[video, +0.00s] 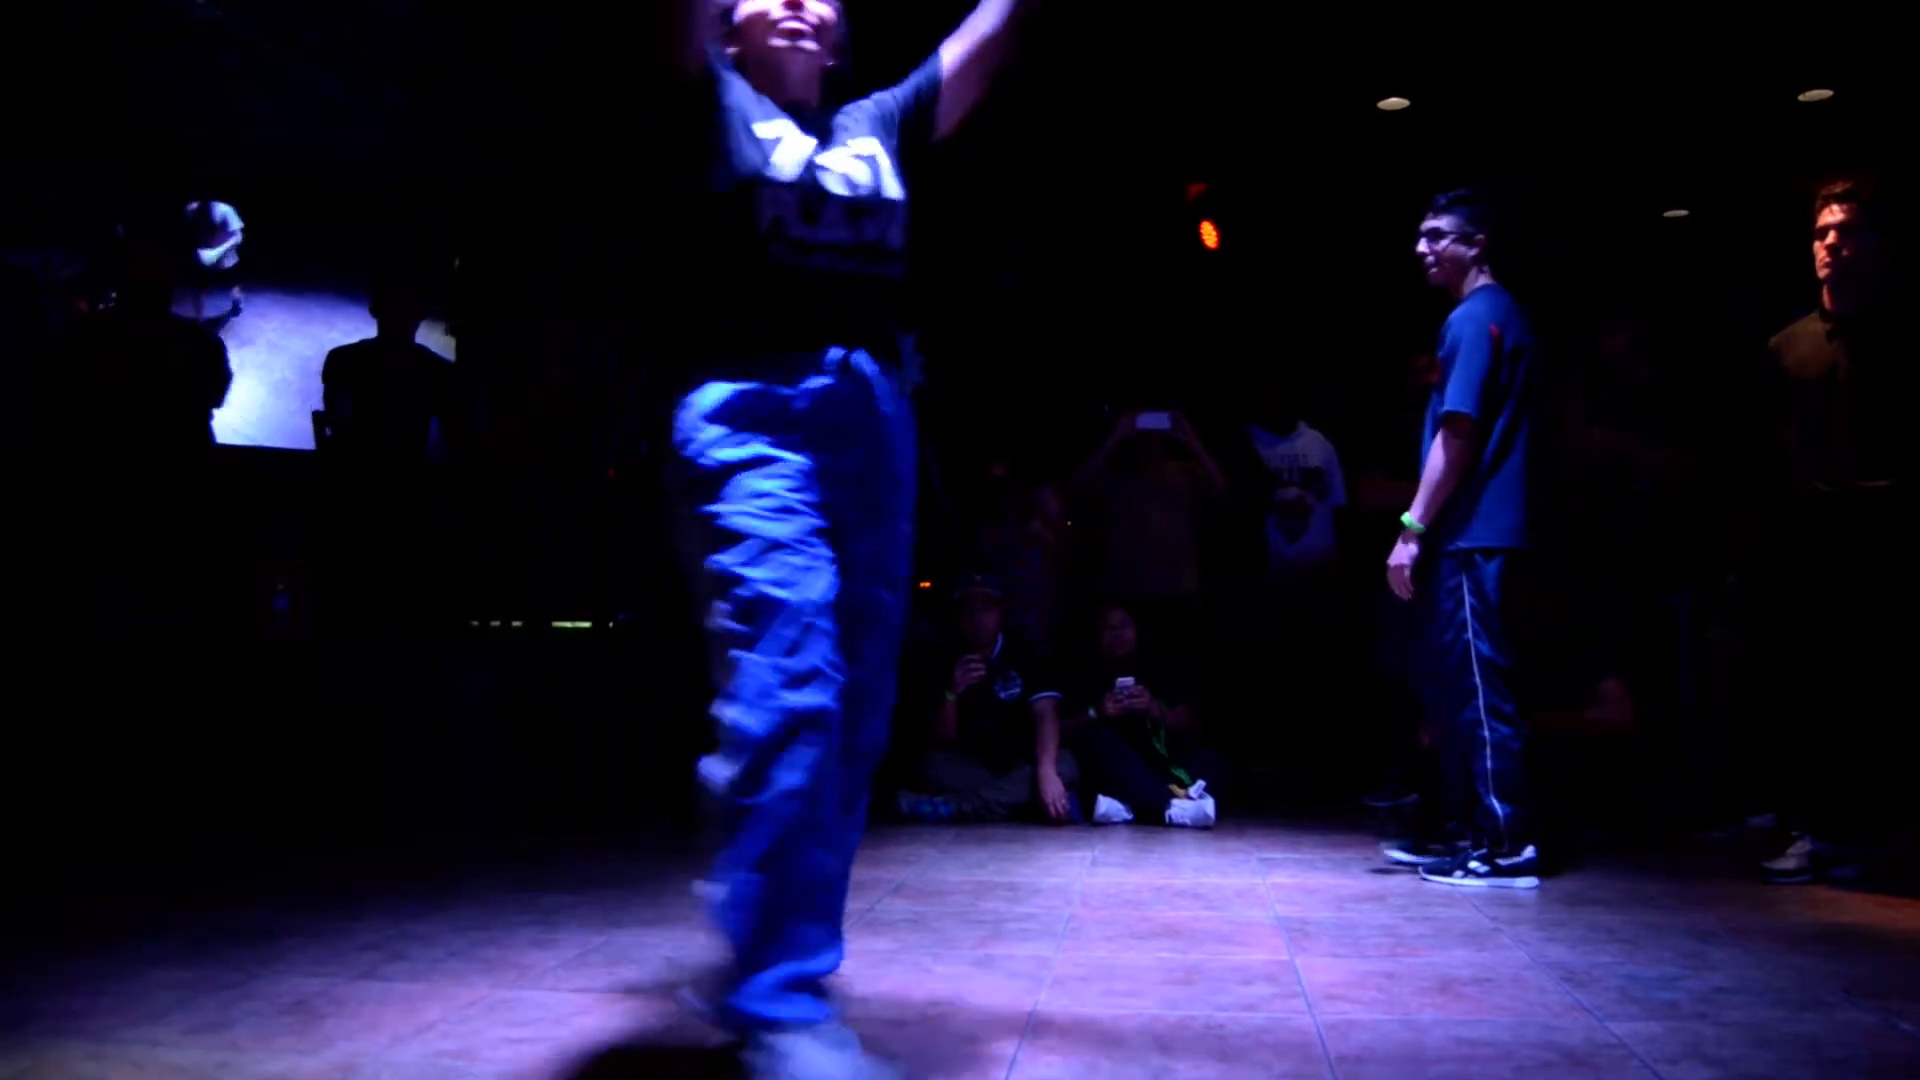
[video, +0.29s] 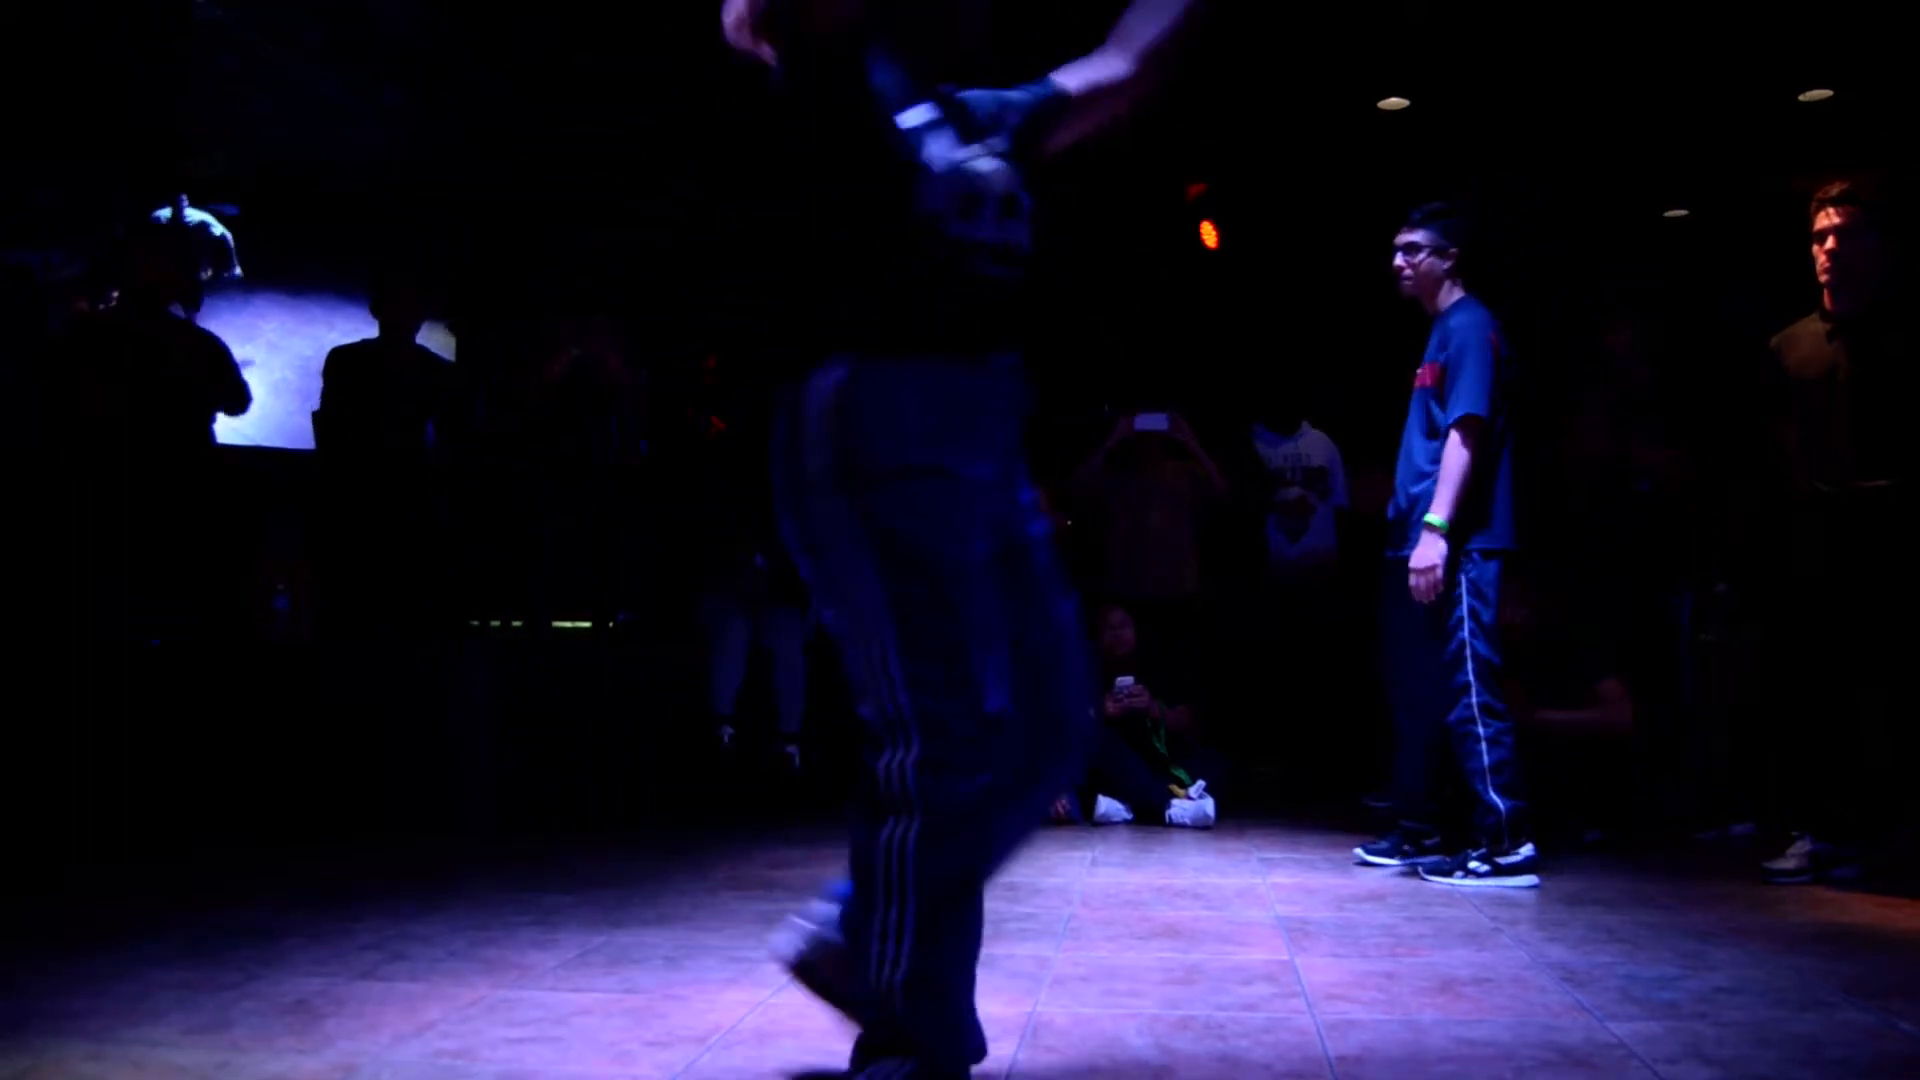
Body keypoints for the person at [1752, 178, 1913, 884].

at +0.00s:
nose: (1830, 247)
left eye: (1848, 233)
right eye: (1822, 234)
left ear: (1880, 250)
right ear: (1812, 249)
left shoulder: (1907, 342)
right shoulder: (1792, 347)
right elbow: (1768, 453)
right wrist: (1770, 527)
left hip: (1890, 540)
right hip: (1807, 538)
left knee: (1885, 682)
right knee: (1810, 679)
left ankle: (1885, 832)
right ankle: (1812, 826)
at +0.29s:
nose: (1828, 250)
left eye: (1845, 235)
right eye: (1820, 237)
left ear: (1879, 248)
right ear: (1810, 251)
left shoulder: (1905, 340)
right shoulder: (1794, 349)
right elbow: (1774, 454)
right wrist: (1774, 528)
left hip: (1893, 538)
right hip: (1812, 538)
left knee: (1890, 682)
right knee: (1813, 680)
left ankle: (1893, 833)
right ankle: (1815, 827)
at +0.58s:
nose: (1834, 248)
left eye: (1851, 233)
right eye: (1824, 234)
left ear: (1880, 249)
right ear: (1812, 249)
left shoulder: (1907, 342)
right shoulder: (1790, 349)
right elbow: (1765, 453)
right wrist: (1768, 527)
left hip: (1895, 539)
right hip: (1809, 538)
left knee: (1893, 680)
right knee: (1812, 679)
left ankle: (1901, 832)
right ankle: (1816, 828)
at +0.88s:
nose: (1828, 251)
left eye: (1843, 237)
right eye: (1819, 238)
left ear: (1877, 248)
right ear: (1810, 251)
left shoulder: (1906, 342)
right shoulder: (1791, 350)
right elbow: (1768, 454)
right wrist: (1771, 526)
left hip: (1896, 540)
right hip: (1811, 539)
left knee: (1893, 681)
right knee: (1814, 679)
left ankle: (1901, 830)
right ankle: (1816, 827)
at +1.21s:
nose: (1827, 250)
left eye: (1842, 235)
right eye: (1818, 237)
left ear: (1876, 248)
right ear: (1809, 251)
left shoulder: (1904, 341)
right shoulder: (1791, 348)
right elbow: (1768, 452)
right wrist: (1770, 528)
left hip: (1892, 541)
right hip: (1809, 539)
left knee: (1887, 683)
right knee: (1812, 681)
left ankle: (1885, 833)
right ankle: (1815, 828)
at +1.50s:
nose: (1828, 250)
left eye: (1843, 235)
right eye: (1818, 237)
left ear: (1876, 249)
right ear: (1809, 253)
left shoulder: (1906, 339)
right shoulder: (1791, 348)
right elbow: (1768, 452)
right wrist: (1769, 532)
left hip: (1894, 541)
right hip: (1811, 540)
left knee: (1891, 683)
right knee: (1813, 681)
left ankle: (1890, 830)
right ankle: (1817, 828)